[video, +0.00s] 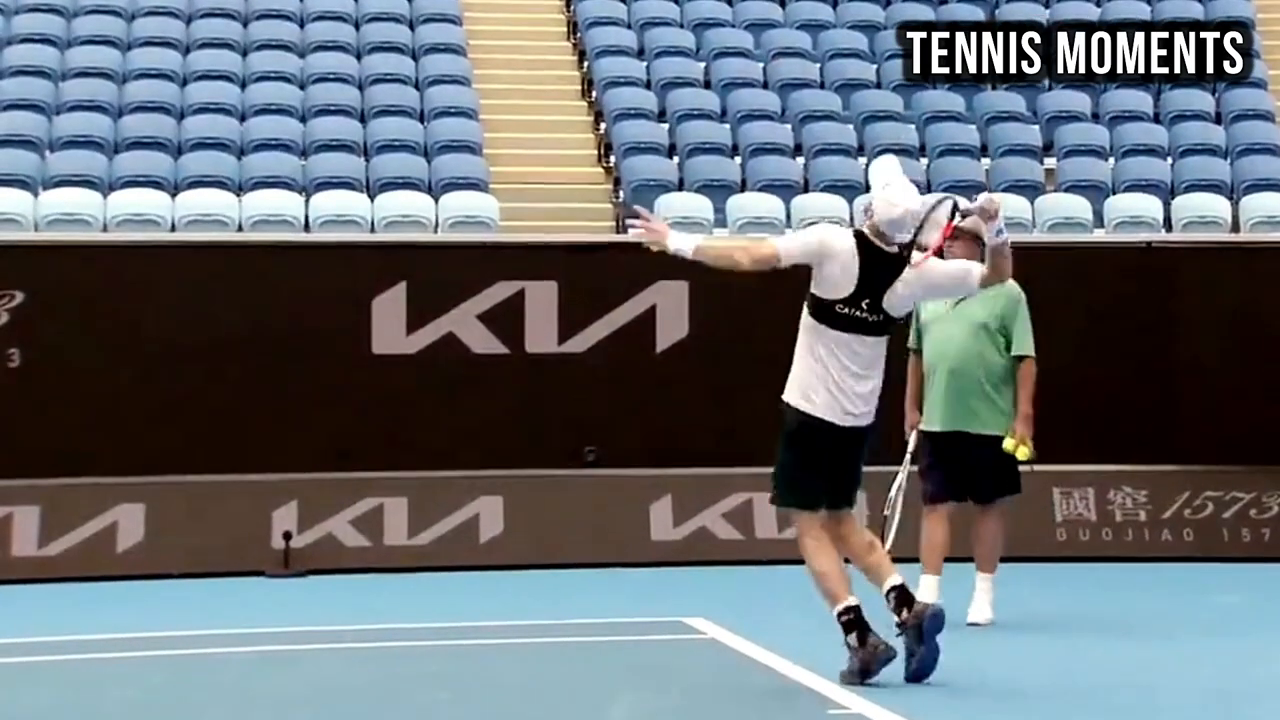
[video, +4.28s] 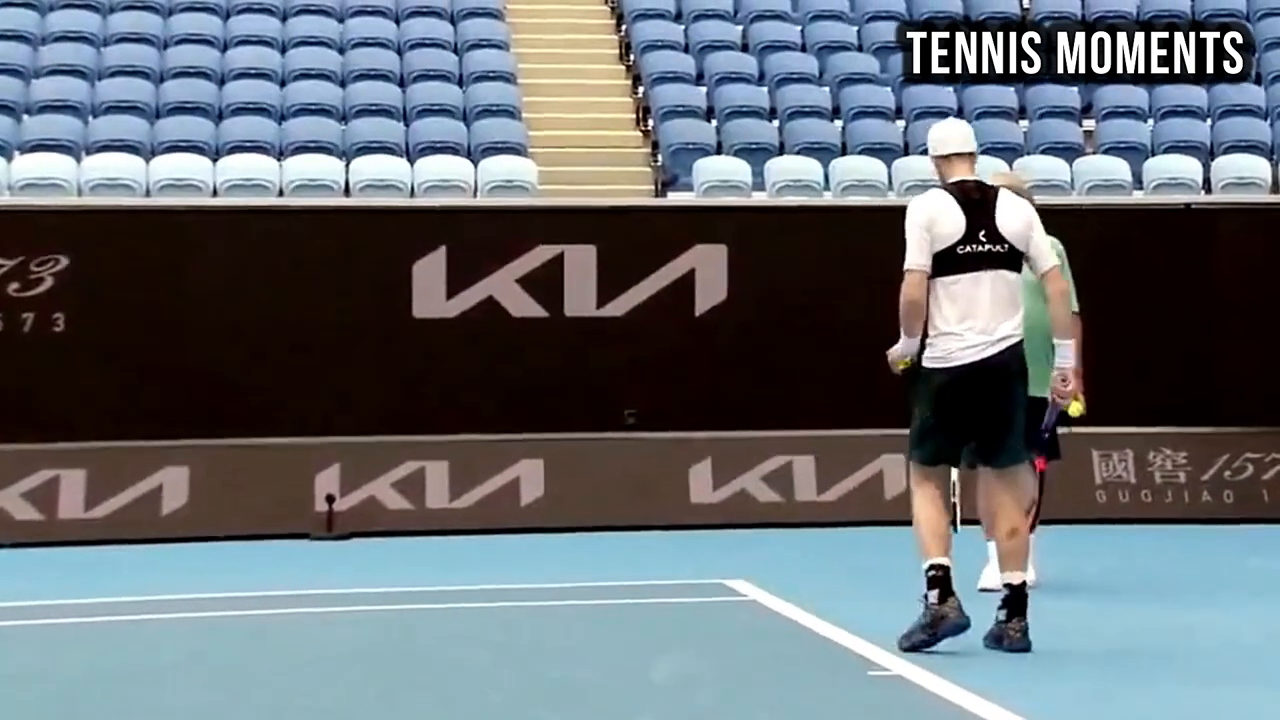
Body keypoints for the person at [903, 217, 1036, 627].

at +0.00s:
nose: (949, 245)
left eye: (959, 239)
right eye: (947, 239)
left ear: (981, 246)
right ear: (941, 246)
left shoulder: (1007, 294)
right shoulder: (928, 296)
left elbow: (1026, 360)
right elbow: (915, 356)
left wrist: (1024, 417)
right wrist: (911, 406)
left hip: (990, 422)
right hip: (937, 420)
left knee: (988, 507)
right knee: (934, 505)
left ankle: (983, 594)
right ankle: (927, 594)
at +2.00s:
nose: (921, 218)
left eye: (929, 211)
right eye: (919, 212)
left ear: (952, 216)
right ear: (918, 219)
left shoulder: (982, 261)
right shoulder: (909, 267)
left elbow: (1002, 325)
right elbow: (901, 334)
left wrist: (997, 378)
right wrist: (896, 387)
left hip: (969, 389)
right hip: (921, 390)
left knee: (975, 475)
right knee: (931, 478)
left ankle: (985, 563)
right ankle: (941, 565)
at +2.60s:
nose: (974, 194)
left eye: (983, 188)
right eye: (971, 188)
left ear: (1004, 193)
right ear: (968, 195)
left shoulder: (1034, 240)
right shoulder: (957, 241)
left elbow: (1052, 306)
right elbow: (948, 307)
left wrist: (1049, 362)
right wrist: (943, 358)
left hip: (1019, 370)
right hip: (969, 369)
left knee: (1017, 456)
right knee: (972, 458)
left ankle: (1016, 543)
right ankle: (970, 542)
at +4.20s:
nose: (1005, 215)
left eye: (1012, 205)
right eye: (998, 206)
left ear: (1028, 209)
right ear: (988, 212)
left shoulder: (1050, 252)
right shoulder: (977, 251)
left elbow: (1073, 319)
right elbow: (961, 314)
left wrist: (1075, 377)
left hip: (1038, 382)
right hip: (991, 381)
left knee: (1028, 473)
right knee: (997, 474)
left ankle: (1022, 557)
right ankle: (999, 557)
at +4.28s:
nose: (1004, 211)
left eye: (1010, 200)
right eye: (997, 201)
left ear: (1025, 203)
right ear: (988, 206)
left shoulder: (1047, 248)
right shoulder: (976, 249)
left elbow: (1068, 313)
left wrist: (1069, 370)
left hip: (1035, 380)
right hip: (989, 379)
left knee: (1028, 468)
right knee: (990, 469)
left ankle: (1022, 556)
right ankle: (995, 554)